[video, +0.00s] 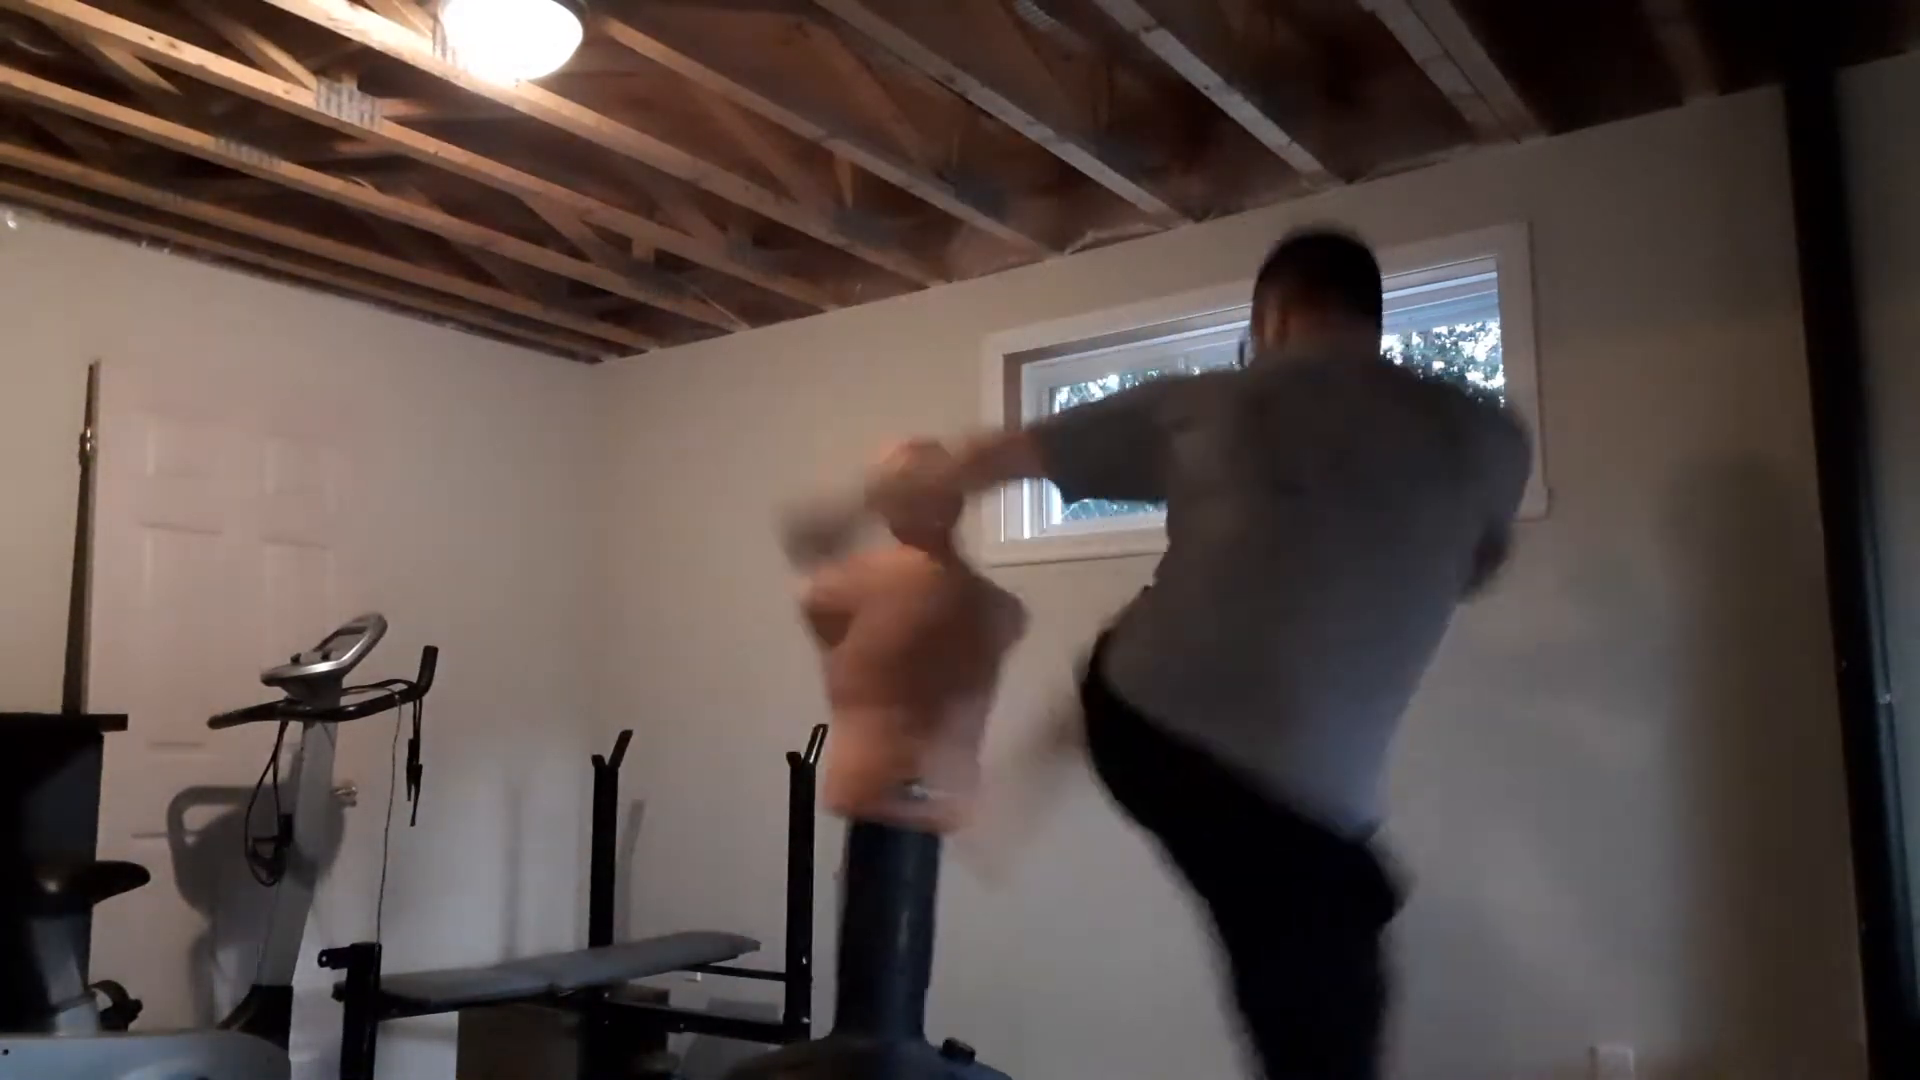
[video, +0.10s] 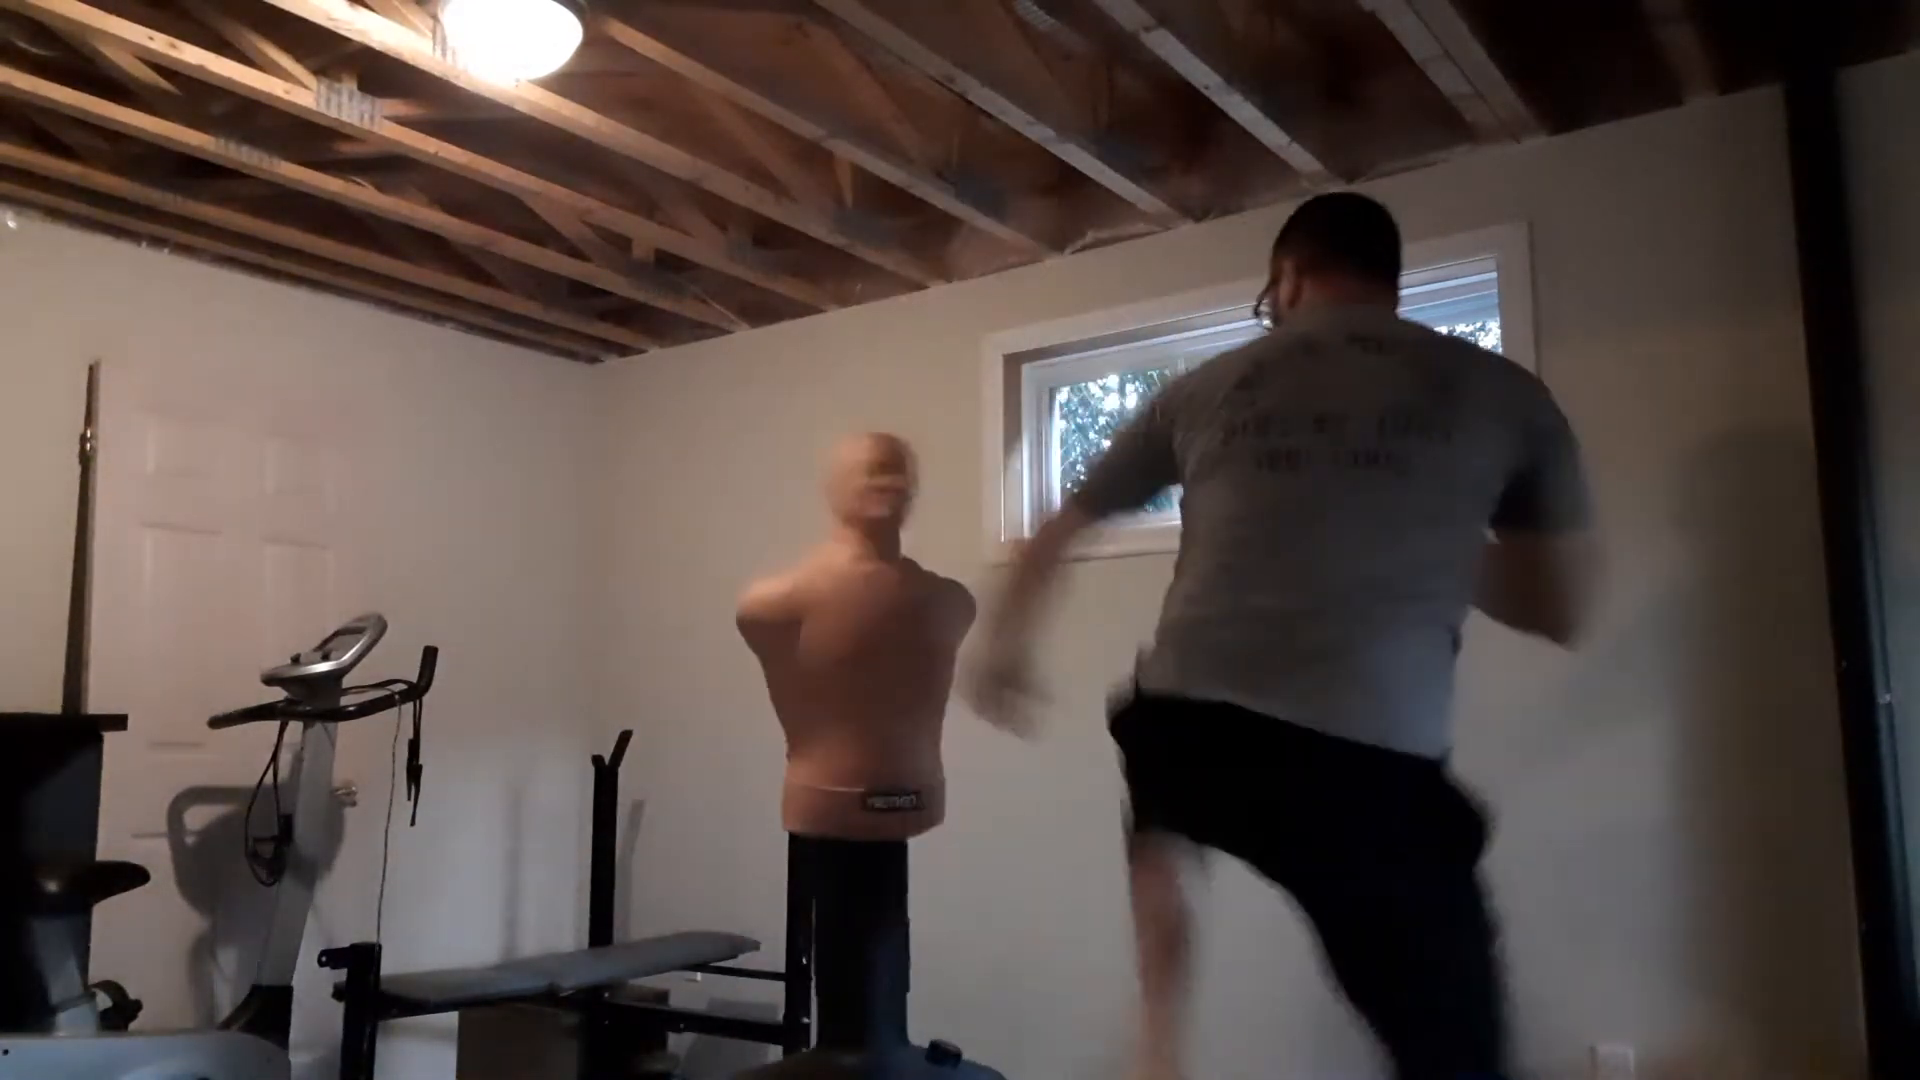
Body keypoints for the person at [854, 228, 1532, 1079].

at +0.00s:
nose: (1255, 344)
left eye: (1258, 322)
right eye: (1260, 325)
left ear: (1275, 315)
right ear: (1377, 323)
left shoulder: (1219, 403)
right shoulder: (1486, 436)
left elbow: (1045, 446)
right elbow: (1475, 569)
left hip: (1134, 718)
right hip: (1301, 801)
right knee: (1325, 1047)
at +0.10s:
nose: (1270, 315)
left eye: (1271, 296)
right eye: (1272, 299)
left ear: (1289, 280)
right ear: (1396, 287)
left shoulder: (1215, 383)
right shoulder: (1507, 394)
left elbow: (1054, 532)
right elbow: (1556, 606)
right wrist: (1427, 541)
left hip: (1184, 737)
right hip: (1371, 772)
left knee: (1154, 798)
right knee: (1455, 1053)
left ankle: (1160, 1049)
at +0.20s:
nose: (1282, 342)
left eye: (1285, 323)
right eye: (1287, 324)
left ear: (1295, 323)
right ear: (1407, 332)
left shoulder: (1212, 469)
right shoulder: (1506, 463)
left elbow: (1120, 662)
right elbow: (1587, 684)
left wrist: (1177, 774)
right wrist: (1495, 629)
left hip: (1245, 830)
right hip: (1438, 829)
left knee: (1243, 1053)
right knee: (1524, 1063)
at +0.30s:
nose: (1275, 385)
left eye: (1275, 368)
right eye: (1278, 369)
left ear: (1284, 371)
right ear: (1396, 378)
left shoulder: (1202, 519)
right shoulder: (1491, 507)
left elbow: (1153, 737)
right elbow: (1569, 747)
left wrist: (1248, 826)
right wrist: (1452, 700)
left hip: (1279, 921)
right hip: (1475, 907)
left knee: (1329, 1065)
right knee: (1594, 1061)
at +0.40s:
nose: (1249, 360)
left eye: (1248, 343)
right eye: (1253, 344)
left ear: (1258, 343)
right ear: (1360, 345)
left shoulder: (1180, 483)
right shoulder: (1467, 457)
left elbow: (1129, 701)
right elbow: (1538, 688)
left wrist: (1223, 800)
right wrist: (1431, 626)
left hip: (1249, 866)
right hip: (1443, 863)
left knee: (1258, 1068)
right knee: (1543, 1065)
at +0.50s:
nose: (1217, 371)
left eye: (1216, 356)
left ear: (1226, 355)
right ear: (1333, 363)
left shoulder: (1157, 490)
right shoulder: (1431, 467)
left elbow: (1097, 706)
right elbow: (1512, 691)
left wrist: (1169, 813)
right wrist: (1393, 647)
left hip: (1225, 874)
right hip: (1417, 874)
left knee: (1206, 1066)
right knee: (1513, 1068)